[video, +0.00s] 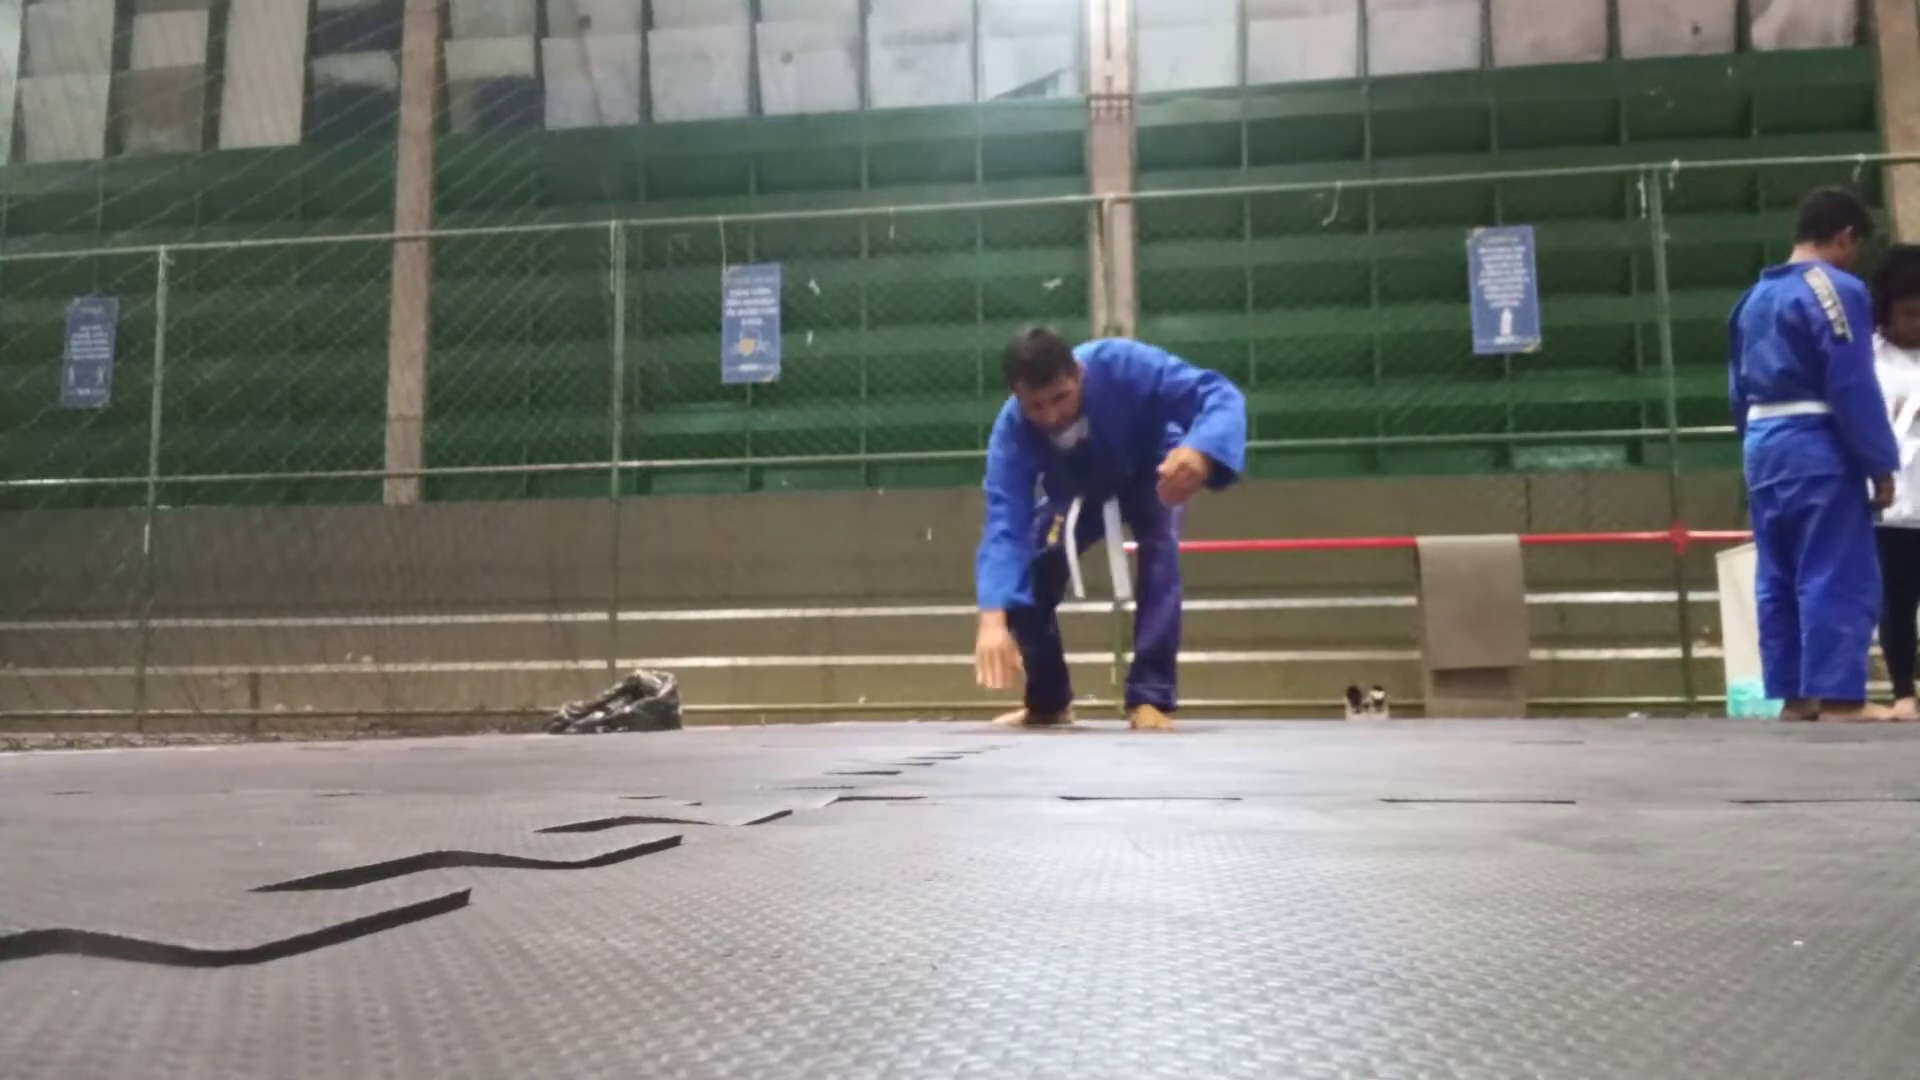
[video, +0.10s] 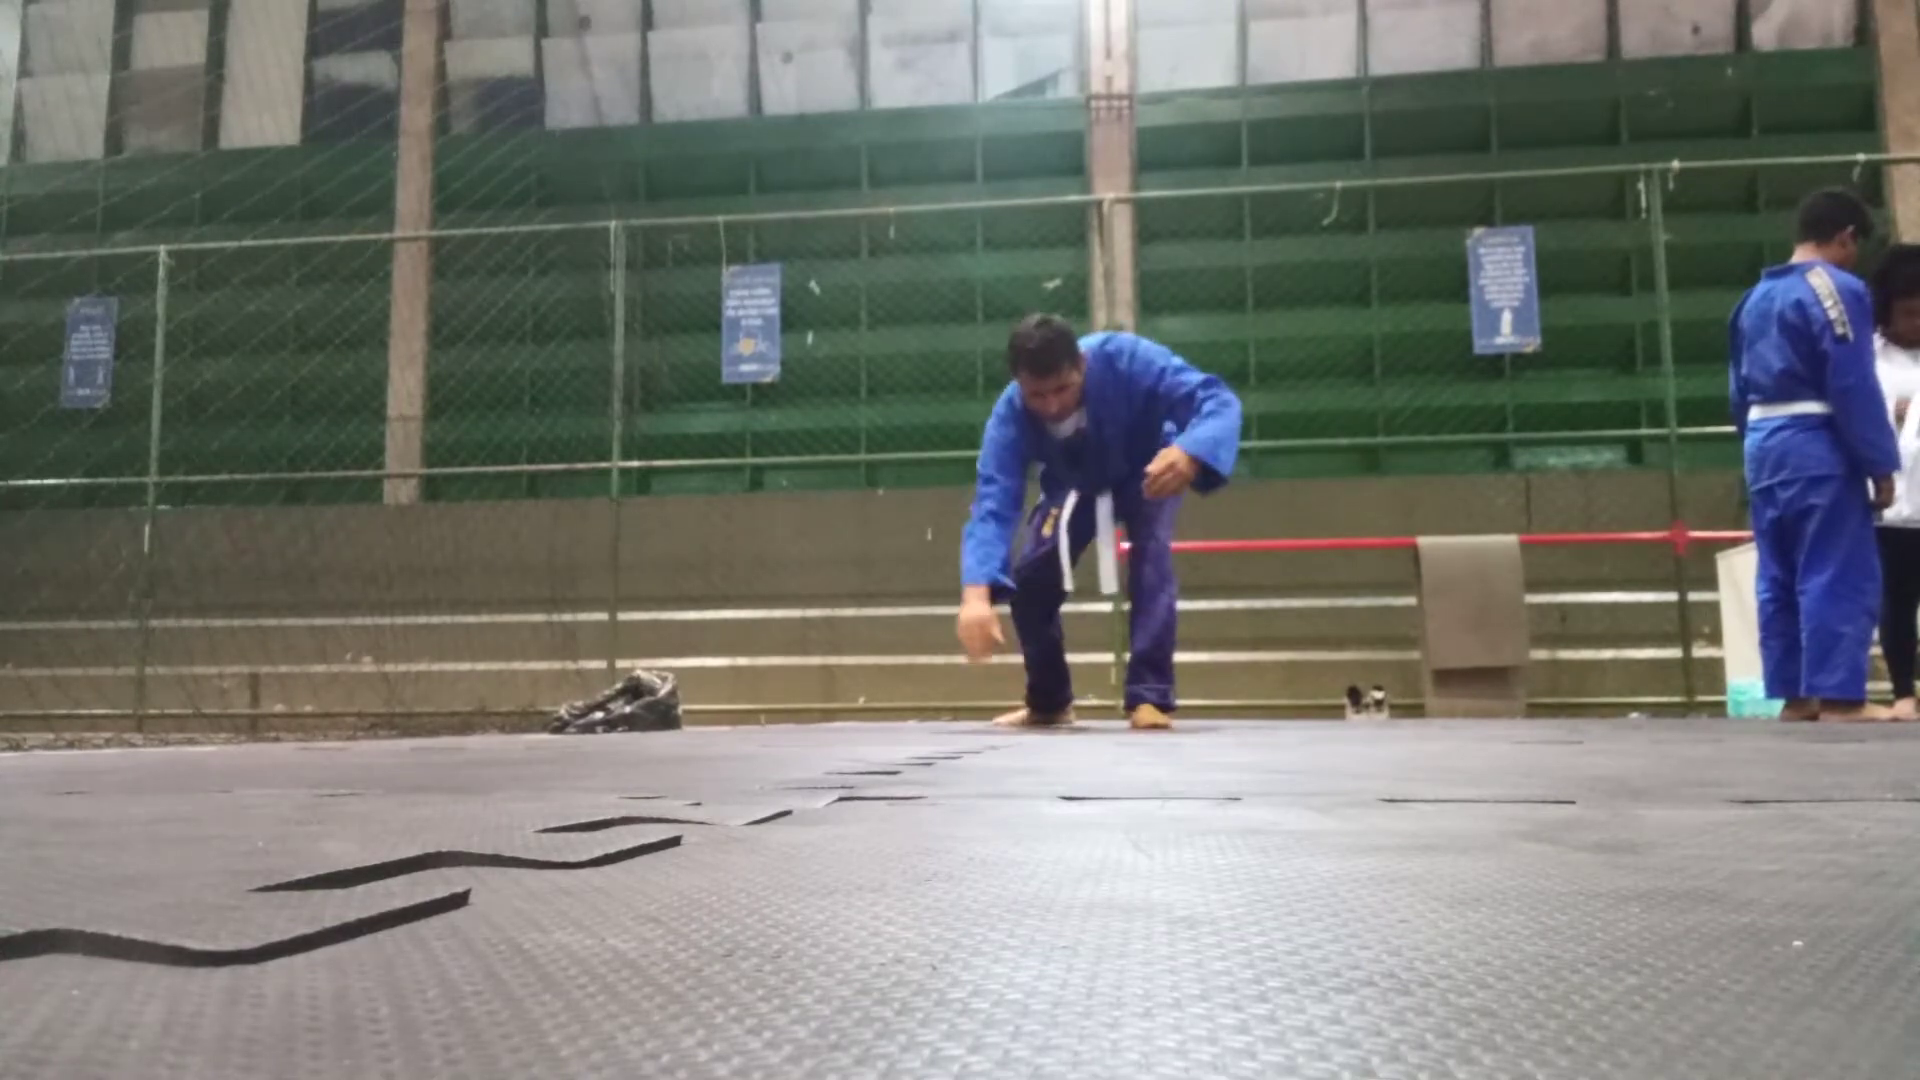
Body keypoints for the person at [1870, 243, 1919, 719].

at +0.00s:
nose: (1913, 322)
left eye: (1917, 312)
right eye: (1907, 312)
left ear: (1919, 311)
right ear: (1885, 310)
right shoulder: (1869, 355)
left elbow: (1860, 420)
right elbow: (1856, 419)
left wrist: (1873, 470)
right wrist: (1868, 472)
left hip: (1910, 502)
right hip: (1892, 502)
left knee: (1905, 606)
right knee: (1897, 606)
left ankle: (1908, 690)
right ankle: (1903, 691)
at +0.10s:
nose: (1914, 322)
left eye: (1917, 312)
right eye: (1907, 312)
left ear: (1919, 311)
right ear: (1885, 311)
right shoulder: (1869, 357)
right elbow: (1858, 423)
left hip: (1911, 503)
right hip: (1892, 503)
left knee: (1905, 606)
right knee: (1898, 606)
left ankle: (1908, 690)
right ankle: (1904, 691)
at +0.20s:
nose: (1913, 321)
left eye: (1917, 311)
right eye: (1906, 311)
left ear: (1919, 310)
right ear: (1886, 310)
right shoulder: (1869, 356)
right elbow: (1854, 419)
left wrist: (1898, 412)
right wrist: (1893, 413)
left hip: (1911, 503)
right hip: (1893, 502)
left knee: (1905, 606)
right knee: (1897, 606)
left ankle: (1908, 690)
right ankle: (1904, 691)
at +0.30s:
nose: (1914, 324)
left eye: (1918, 314)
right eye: (1907, 314)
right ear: (1886, 313)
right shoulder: (1870, 357)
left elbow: (1867, 416)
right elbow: (1856, 417)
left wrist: (1900, 413)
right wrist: (1898, 412)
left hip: (1912, 502)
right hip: (1894, 501)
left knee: (1906, 606)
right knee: (1898, 606)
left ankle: (1908, 690)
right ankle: (1904, 691)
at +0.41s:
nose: (1914, 323)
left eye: (1918, 313)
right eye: (1907, 313)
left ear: (1919, 312)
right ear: (1887, 313)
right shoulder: (1872, 359)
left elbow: (1869, 414)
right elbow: (1858, 415)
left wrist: (1900, 414)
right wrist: (1899, 412)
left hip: (1912, 501)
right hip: (1895, 501)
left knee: (1906, 606)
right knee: (1898, 605)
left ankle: (1908, 690)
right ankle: (1904, 691)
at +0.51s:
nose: (1915, 323)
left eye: (1918, 313)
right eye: (1908, 313)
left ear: (1919, 313)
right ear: (1888, 313)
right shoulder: (1872, 359)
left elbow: (1866, 416)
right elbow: (1856, 418)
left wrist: (1901, 417)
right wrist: (1898, 418)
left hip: (1913, 502)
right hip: (1895, 501)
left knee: (1906, 606)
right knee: (1898, 606)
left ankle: (1908, 691)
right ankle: (1904, 691)